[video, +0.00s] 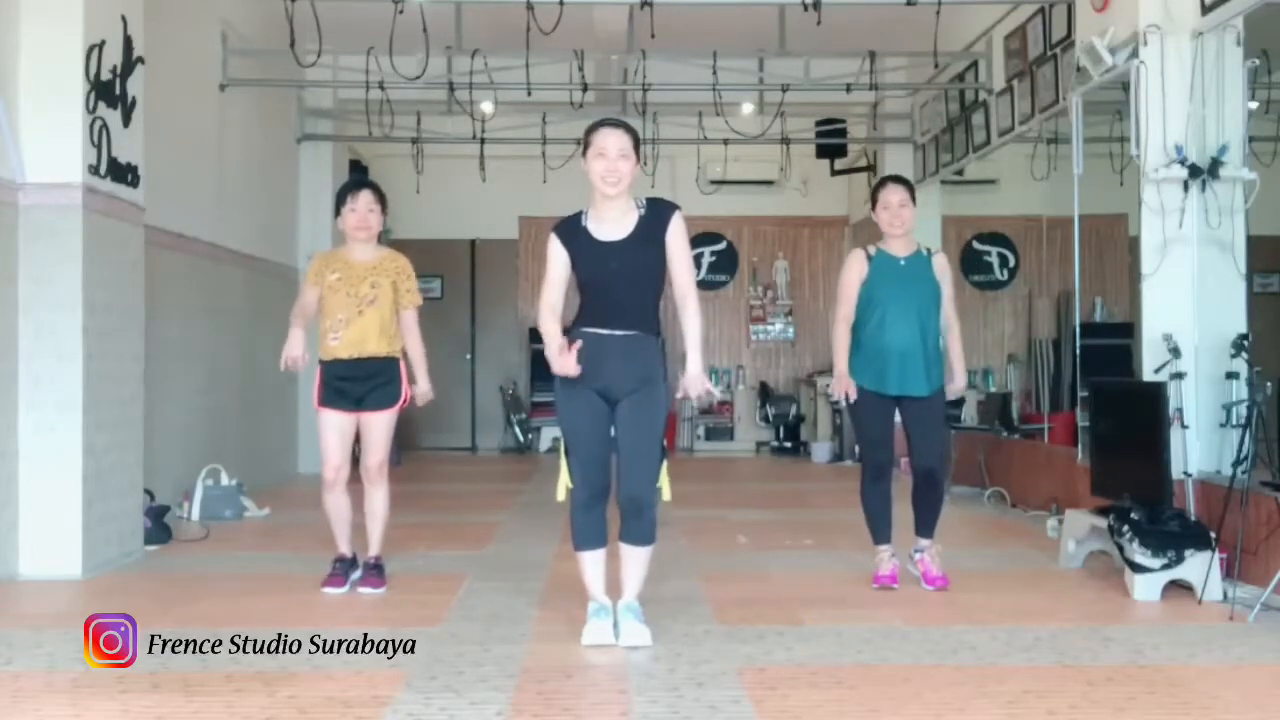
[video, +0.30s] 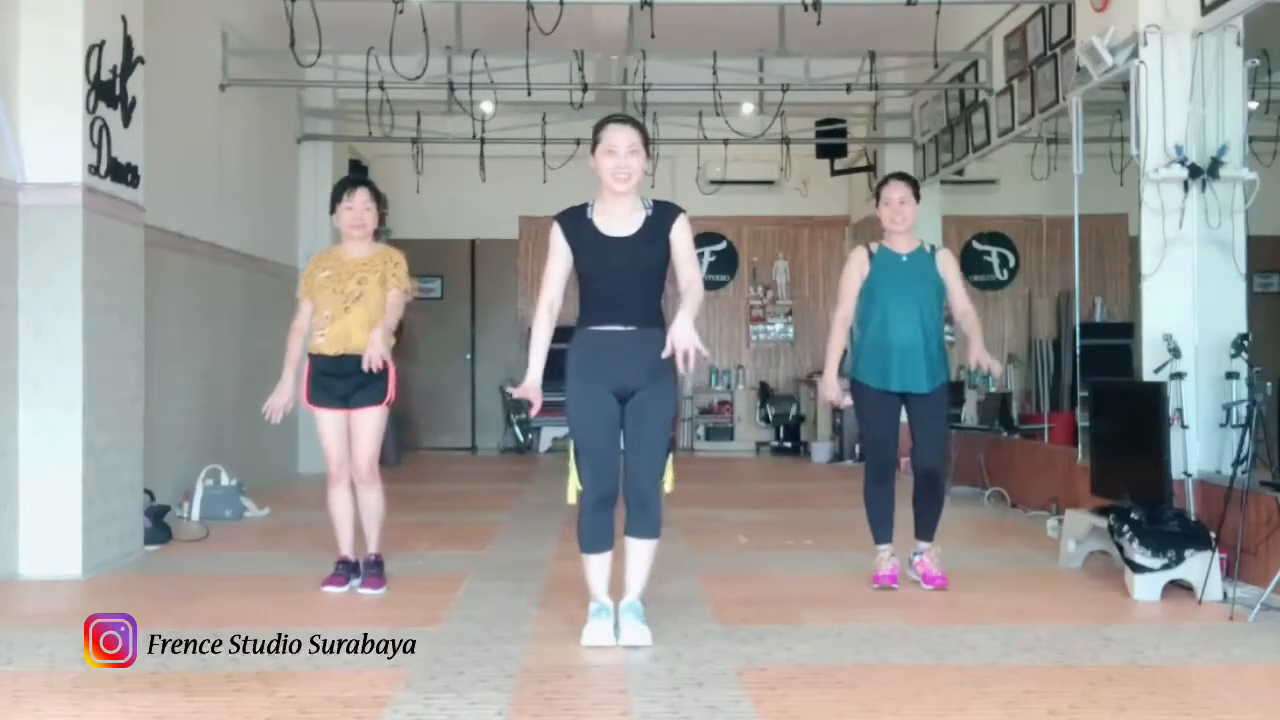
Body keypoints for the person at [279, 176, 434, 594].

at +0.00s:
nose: (362, 216)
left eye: (371, 209)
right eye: (353, 209)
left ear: (383, 218)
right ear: (340, 218)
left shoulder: (397, 265)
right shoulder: (324, 264)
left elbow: (410, 325)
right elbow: (304, 307)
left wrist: (421, 375)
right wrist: (296, 333)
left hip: (384, 371)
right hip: (336, 372)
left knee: (374, 468)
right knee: (334, 472)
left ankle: (373, 559)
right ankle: (343, 557)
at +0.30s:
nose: (358, 214)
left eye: (367, 207)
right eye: (349, 207)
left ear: (379, 216)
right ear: (335, 215)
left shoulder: (390, 260)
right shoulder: (319, 264)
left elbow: (395, 308)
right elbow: (300, 325)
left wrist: (381, 333)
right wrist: (287, 380)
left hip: (371, 367)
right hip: (324, 368)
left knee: (364, 469)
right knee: (337, 471)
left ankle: (372, 558)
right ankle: (345, 560)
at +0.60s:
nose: (356, 219)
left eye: (364, 211)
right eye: (346, 211)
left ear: (376, 218)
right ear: (331, 218)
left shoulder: (387, 262)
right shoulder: (319, 266)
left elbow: (383, 312)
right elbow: (307, 330)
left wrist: (356, 325)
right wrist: (296, 386)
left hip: (366, 370)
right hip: (321, 368)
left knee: (357, 469)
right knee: (333, 470)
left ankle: (371, 558)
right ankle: (345, 560)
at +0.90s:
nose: (356, 220)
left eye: (364, 212)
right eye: (346, 212)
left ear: (376, 218)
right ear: (331, 219)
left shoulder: (389, 262)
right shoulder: (319, 266)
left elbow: (390, 316)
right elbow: (307, 329)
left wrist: (364, 347)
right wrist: (295, 387)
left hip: (368, 369)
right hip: (322, 368)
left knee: (360, 468)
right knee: (335, 469)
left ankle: (372, 558)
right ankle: (346, 560)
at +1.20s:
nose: (360, 223)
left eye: (368, 214)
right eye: (350, 215)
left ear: (378, 219)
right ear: (334, 221)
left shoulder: (395, 264)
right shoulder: (323, 267)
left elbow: (410, 327)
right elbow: (306, 324)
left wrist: (416, 384)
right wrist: (293, 374)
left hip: (377, 371)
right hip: (328, 371)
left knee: (368, 466)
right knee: (339, 467)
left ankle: (378, 553)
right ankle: (346, 560)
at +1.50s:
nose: (371, 219)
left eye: (378, 211)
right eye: (361, 211)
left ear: (388, 216)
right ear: (345, 218)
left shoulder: (405, 259)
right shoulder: (332, 265)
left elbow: (421, 318)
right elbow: (318, 317)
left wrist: (430, 371)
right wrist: (318, 347)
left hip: (390, 368)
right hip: (341, 367)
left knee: (382, 468)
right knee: (346, 468)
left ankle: (393, 561)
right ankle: (349, 560)